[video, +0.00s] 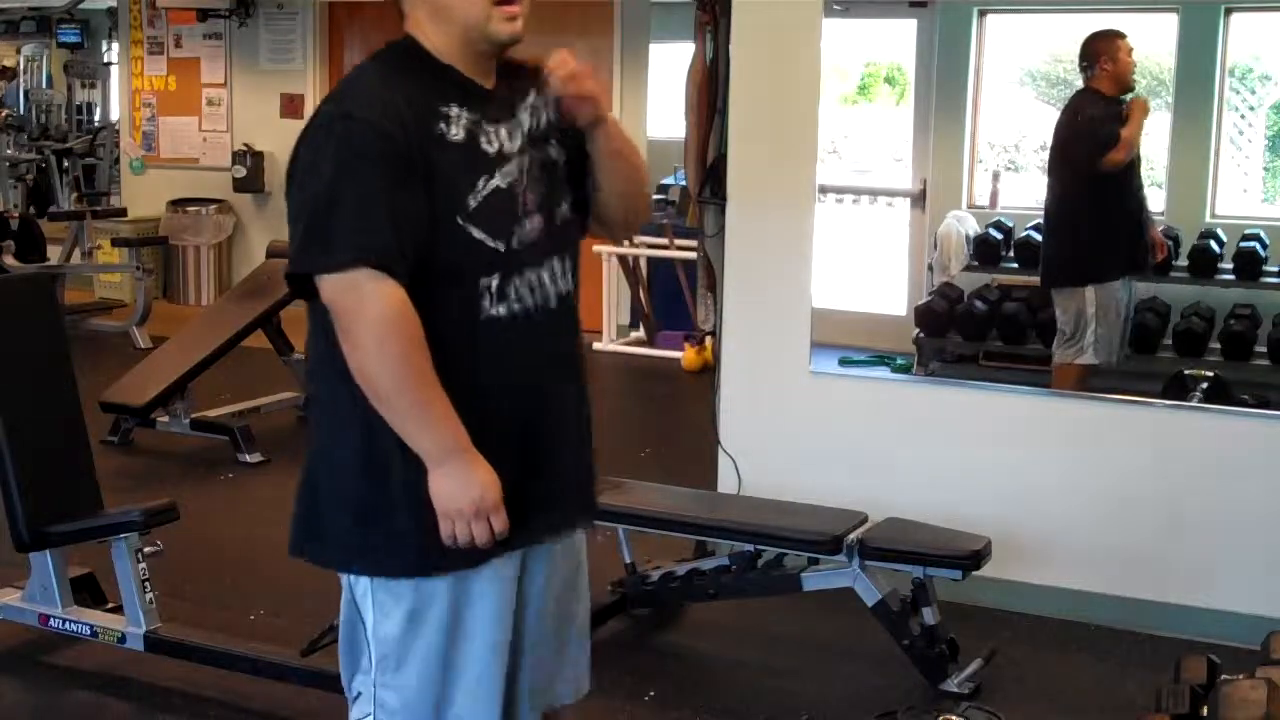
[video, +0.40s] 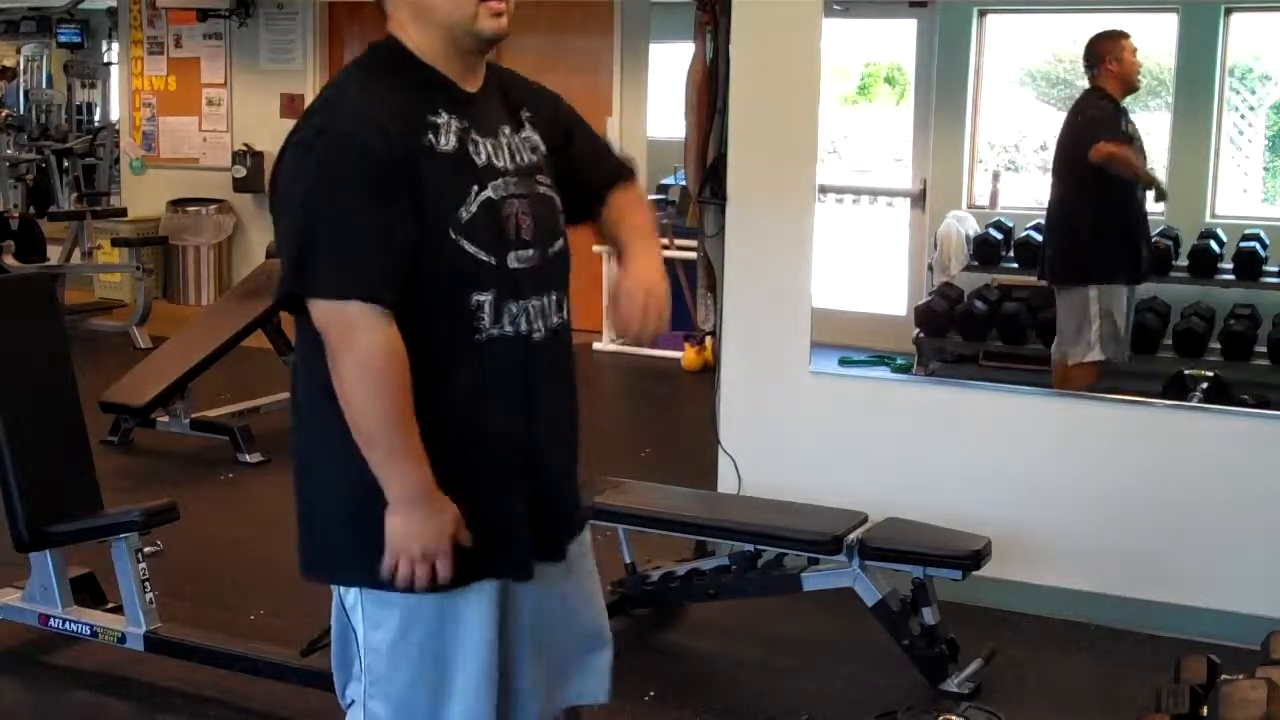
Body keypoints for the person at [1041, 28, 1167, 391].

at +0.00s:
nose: (1135, 63)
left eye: (1132, 55)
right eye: (1128, 55)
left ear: (1104, 65)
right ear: (1105, 64)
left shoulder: (1111, 109)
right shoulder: (1087, 108)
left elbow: (1126, 184)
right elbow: (1115, 158)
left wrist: (1149, 228)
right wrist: (1136, 119)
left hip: (1106, 252)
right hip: (1083, 255)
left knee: (1093, 357)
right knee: (1078, 357)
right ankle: (1062, 440)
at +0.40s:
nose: (1139, 64)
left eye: (1137, 56)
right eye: (1133, 56)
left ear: (1107, 66)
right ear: (1111, 64)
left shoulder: (1091, 107)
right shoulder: (1101, 107)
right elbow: (1103, 151)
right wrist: (1146, 176)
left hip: (1078, 253)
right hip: (1094, 255)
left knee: (1068, 355)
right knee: (1088, 359)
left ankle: (1061, 434)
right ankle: (1075, 441)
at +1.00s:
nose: (1162, 64)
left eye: (1159, 56)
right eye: (1155, 56)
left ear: (1129, 66)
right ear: (1133, 65)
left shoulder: (1120, 109)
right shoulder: (1125, 113)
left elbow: (1116, 183)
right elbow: (1120, 184)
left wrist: (1162, 231)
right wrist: (1166, 233)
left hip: (1113, 263)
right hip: (1125, 267)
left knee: (1100, 363)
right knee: (1118, 371)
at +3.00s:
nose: (1204, 85)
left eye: (1206, 77)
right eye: (1202, 75)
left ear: (1178, 71)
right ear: (1176, 69)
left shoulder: (1169, 117)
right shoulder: (1146, 115)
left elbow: (1169, 189)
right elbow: (1135, 187)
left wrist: (1183, 251)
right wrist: (1152, 250)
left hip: (1166, 265)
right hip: (1140, 266)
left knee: (1153, 369)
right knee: (1126, 370)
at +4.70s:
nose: (1227, 136)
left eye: (1234, 130)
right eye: (1232, 127)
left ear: (1215, 108)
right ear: (1217, 110)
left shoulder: (1180, 137)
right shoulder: (1168, 136)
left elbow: (1154, 208)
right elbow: (1144, 208)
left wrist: (1147, 271)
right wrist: (1141, 272)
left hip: (1126, 271)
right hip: (1109, 269)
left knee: (1120, 372)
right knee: (1103, 375)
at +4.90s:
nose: (1242, 173)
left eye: (1249, 168)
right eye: (1247, 164)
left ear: (1231, 142)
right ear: (1233, 146)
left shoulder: (1196, 167)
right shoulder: (1181, 166)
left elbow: (1158, 236)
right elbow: (1150, 237)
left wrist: (1142, 296)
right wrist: (1137, 301)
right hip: (1100, 270)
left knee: (1120, 371)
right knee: (1107, 373)